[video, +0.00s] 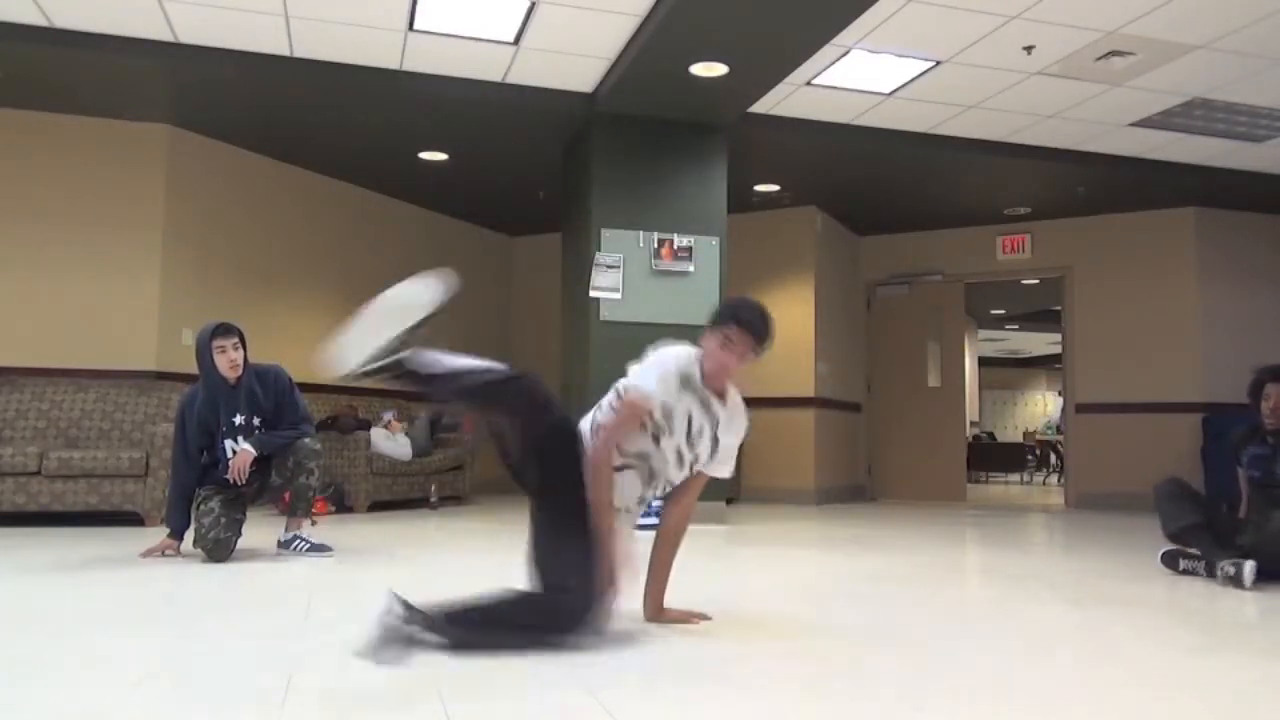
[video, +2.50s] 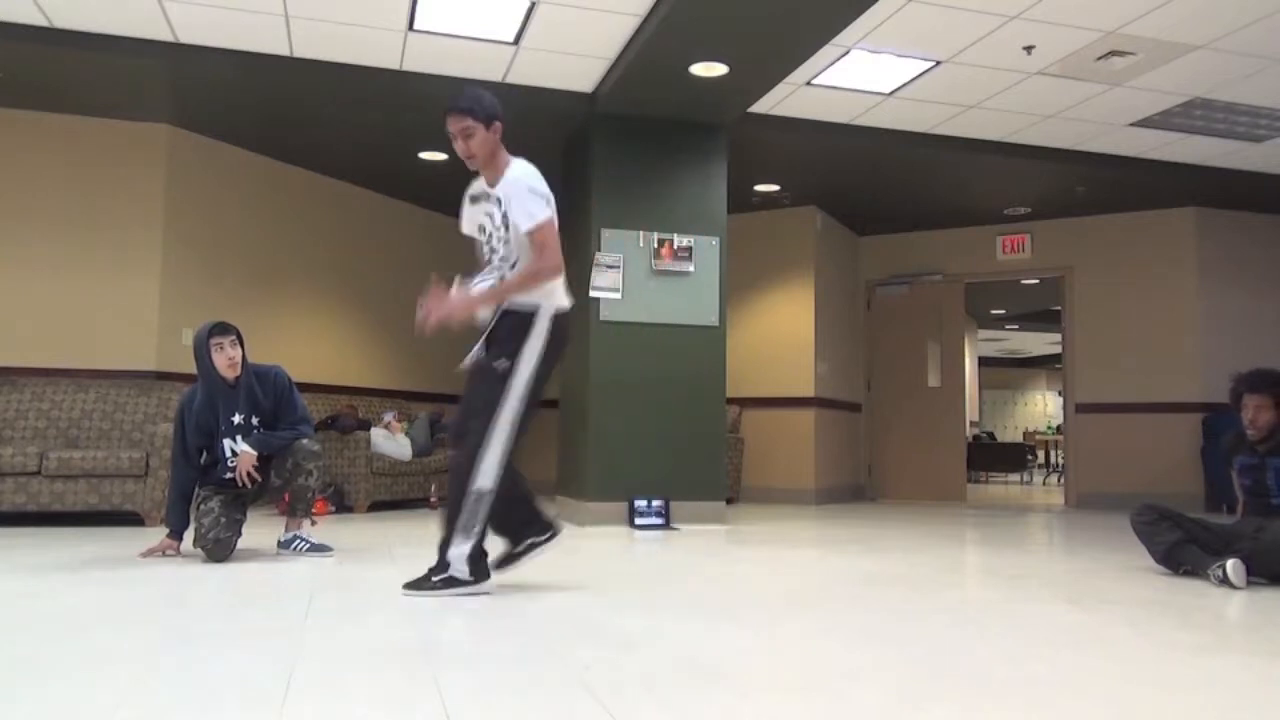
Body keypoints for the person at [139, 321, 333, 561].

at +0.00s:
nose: (232, 357)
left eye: (236, 348)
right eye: (221, 351)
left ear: (244, 350)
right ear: (207, 359)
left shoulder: (272, 379)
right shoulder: (194, 403)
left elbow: (304, 428)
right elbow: (184, 470)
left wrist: (254, 445)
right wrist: (174, 534)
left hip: (265, 477)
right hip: (219, 488)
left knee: (308, 449)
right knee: (215, 549)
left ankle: (292, 534)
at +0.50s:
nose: (230, 356)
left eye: (234, 347)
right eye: (219, 351)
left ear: (242, 350)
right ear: (205, 359)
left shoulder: (272, 380)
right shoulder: (193, 404)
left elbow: (304, 429)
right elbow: (184, 470)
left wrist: (254, 446)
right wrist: (174, 535)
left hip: (265, 477)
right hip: (219, 488)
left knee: (308, 450)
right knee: (215, 549)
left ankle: (292, 534)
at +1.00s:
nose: (230, 357)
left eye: (234, 348)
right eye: (219, 352)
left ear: (242, 350)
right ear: (205, 359)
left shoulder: (272, 379)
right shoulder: (194, 403)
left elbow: (303, 429)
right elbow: (184, 470)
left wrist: (254, 447)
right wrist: (174, 535)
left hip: (265, 477)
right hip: (219, 488)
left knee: (307, 450)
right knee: (215, 549)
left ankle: (292, 534)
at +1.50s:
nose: (230, 358)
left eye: (234, 349)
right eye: (219, 353)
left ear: (243, 352)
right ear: (205, 360)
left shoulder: (273, 380)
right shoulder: (194, 404)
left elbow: (304, 429)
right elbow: (184, 471)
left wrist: (254, 447)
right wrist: (175, 535)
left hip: (265, 476)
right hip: (219, 488)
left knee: (308, 449)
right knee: (215, 549)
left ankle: (292, 534)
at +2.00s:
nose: (232, 356)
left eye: (235, 347)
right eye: (221, 351)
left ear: (243, 350)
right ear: (206, 359)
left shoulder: (273, 380)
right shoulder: (194, 403)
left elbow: (304, 430)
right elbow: (184, 470)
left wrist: (256, 445)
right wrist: (174, 535)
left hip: (267, 476)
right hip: (221, 488)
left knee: (308, 451)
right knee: (216, 549)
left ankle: (292, 534)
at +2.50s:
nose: (231, 354)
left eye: (234, 345)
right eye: (219, 349)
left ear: (242, 349)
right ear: (205, 358)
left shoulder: (272, 380)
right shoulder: (194, 403)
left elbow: (303, 429)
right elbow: (184, 470)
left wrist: (255, 444)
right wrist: (174, 535)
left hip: (266, 477)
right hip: (220, 488)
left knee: (307, 449)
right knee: (215, 549)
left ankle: (292, 535)